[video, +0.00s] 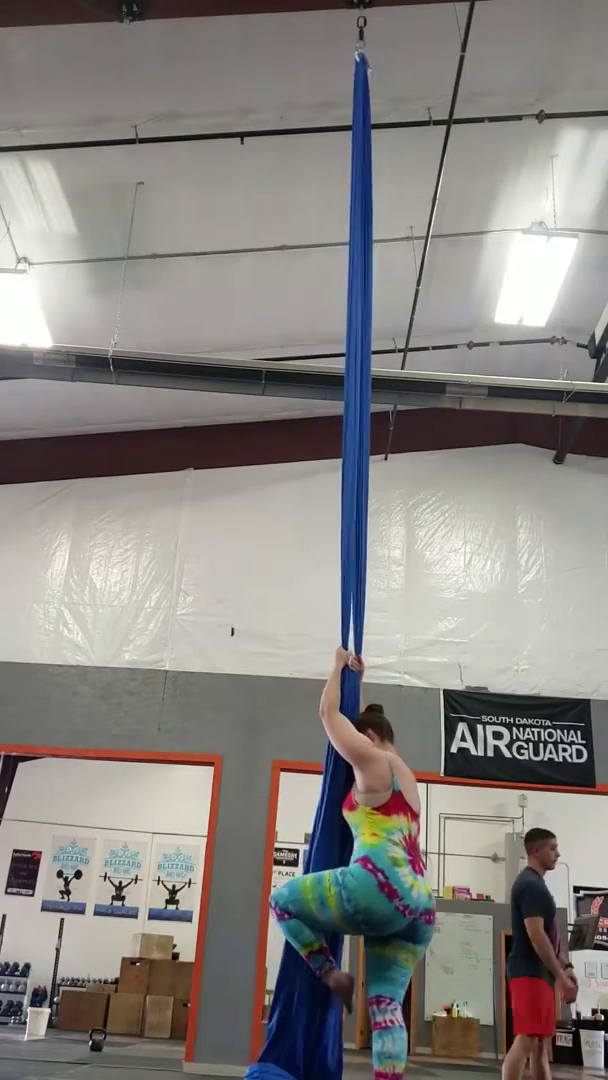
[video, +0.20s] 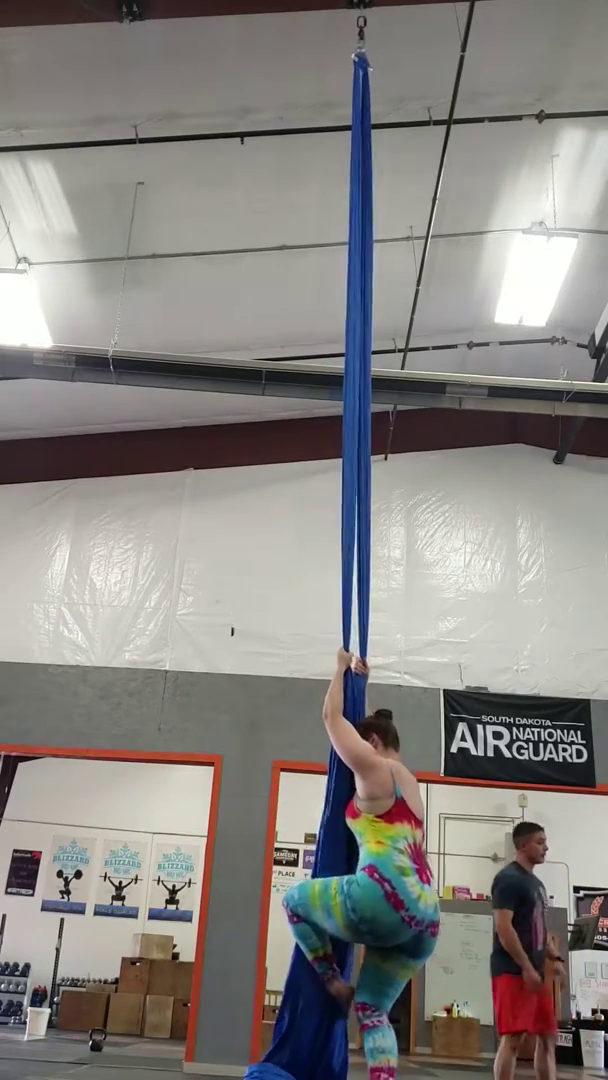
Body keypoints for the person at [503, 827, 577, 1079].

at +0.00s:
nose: (557, 854)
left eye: (556, 848)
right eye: (552, 848)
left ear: (537, 851)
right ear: (535, 850)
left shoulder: (536, 883)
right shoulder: (530, 884)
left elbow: (548, 933)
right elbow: (536, 935)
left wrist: (564, 967)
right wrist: (559, 975)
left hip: (539, 972)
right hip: (528, 972)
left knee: (540, 1040)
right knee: (525, 1040)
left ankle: (542, 1076)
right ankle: (508, 1076)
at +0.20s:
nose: (545, 847)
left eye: (545, 842)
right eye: (540, 842)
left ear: (528, 845)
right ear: (523, 844)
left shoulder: (535, 882)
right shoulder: (508, 878)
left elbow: (538, 927)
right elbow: (503, 927)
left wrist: (552, 957)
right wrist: (527, 967)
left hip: (537, 970)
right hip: (511, 971)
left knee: (547, 1037)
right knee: (511, 1040)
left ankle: (548, 1077)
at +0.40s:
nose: (537, 842)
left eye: (537, 837)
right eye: (531, 837)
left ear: (532, 841)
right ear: (513, 840)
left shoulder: (537, 880)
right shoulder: (495, 875)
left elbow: (542, 923)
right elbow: (481, 921)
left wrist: (543, 945)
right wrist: (481, 968)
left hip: (534, 971)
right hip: (504, 971)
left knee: (554, 1036)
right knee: (504, 1041)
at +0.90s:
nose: (548, 841)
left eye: (549, 836)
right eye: (542, 835)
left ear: (544, 840)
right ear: (524, 837)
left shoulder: (551, 882)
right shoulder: (498, 875)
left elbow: (562, 932)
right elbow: (483, 921)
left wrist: (573, 979)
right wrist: (486, 971)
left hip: (545, 975)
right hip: (508, 975)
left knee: (553, 1040)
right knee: (505, 1047)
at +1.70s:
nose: (529, 830)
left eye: (528, 824)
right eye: (524, 824)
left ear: (511, 827)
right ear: (506, 825)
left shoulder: (518, 868)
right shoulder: (484, 862)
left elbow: (527, 921)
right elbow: (474, 915)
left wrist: (549, 966)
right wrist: (483, 964)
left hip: (521, 971)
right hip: (493, 969)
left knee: (535, 1043)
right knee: (491, 1041)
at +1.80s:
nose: (521, 828)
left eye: (520, 822)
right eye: (516, 821)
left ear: (499, 824)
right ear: (498, 823)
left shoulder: (504, 864)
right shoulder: (480, 860)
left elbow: (509, 918)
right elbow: (469, 913)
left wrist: (517, 964)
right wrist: (474, 963)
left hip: (509, 968)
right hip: (487, 967)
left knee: (522, 1040)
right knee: (487, 1040)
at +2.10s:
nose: (497, 825)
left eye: (496, 819)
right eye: (493, 819)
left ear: (475, 821)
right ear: (476, 820)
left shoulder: (467, 854)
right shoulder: (466, 857)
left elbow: (471, 912)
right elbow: (468, 912)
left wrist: (486, 961)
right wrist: (483, 961)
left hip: (471, 961)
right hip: (468, 961)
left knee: (478, 1038)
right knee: (474, 1039)